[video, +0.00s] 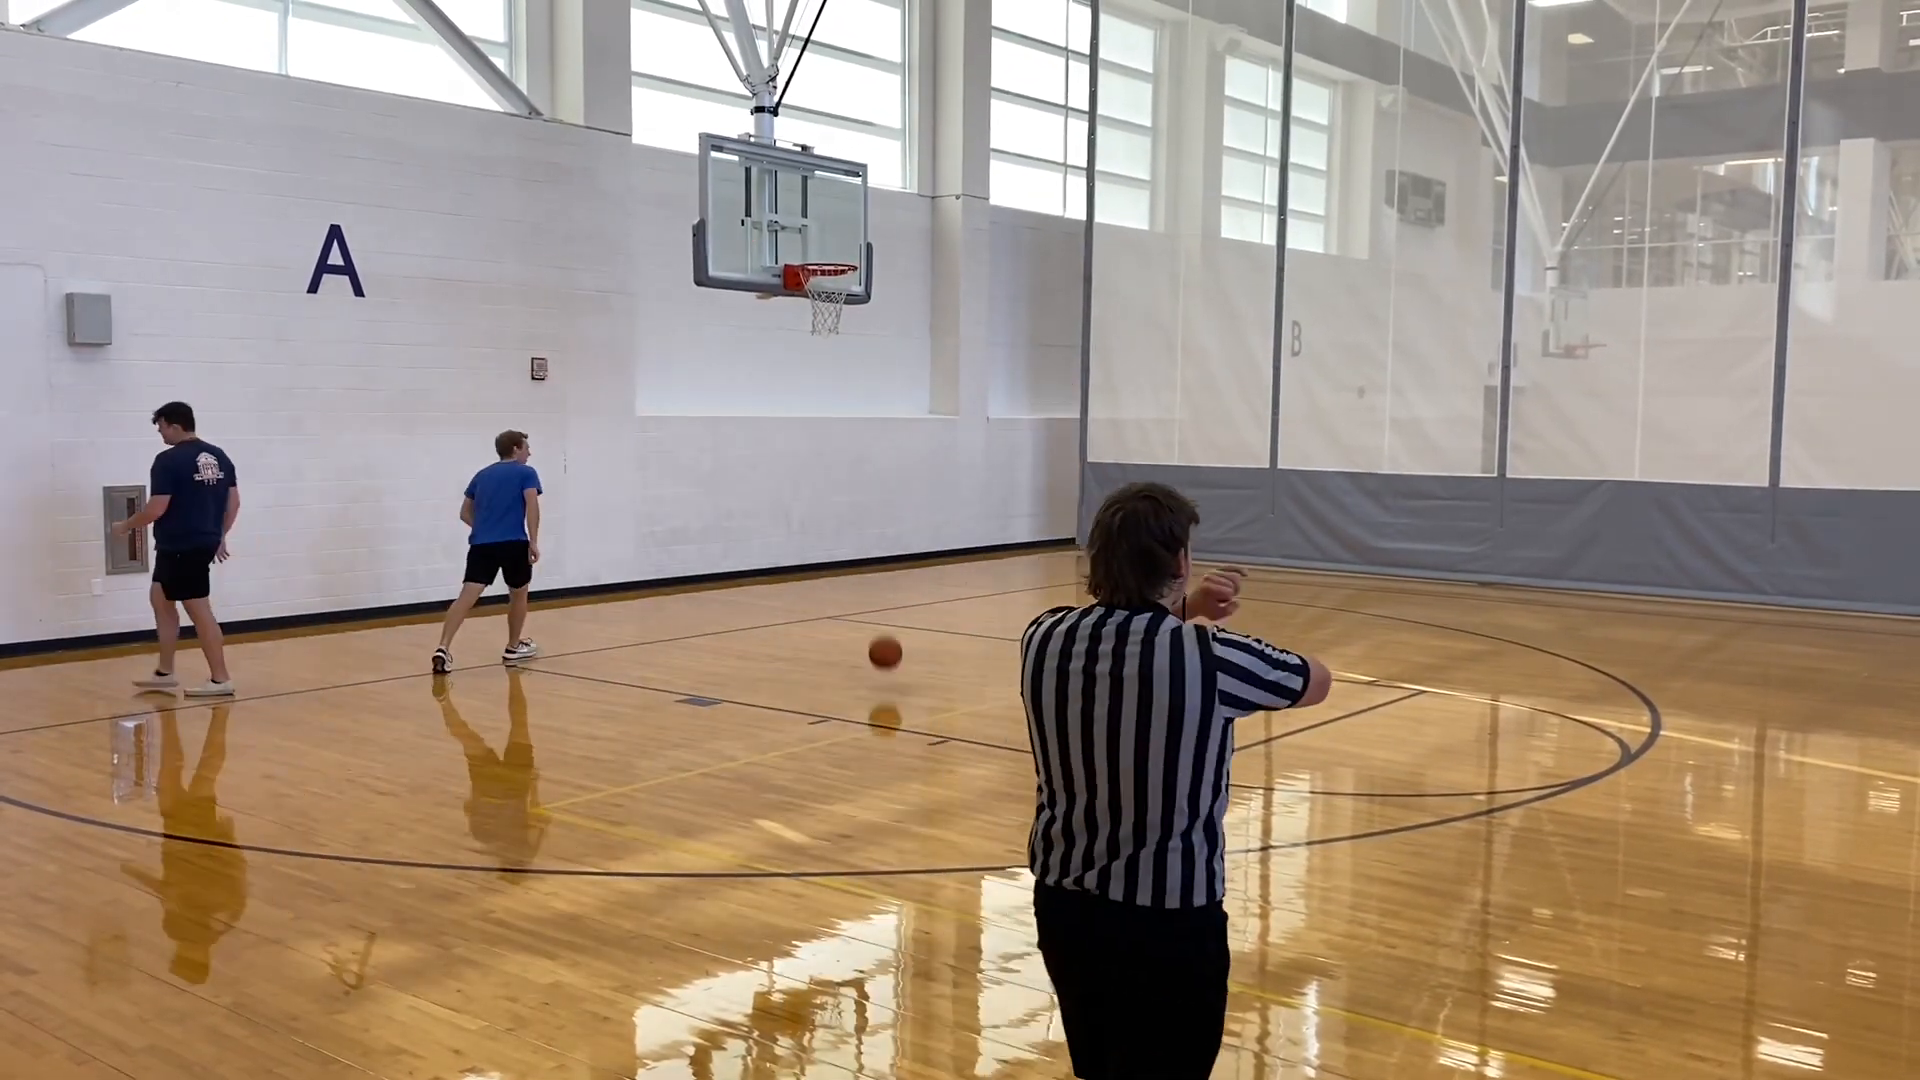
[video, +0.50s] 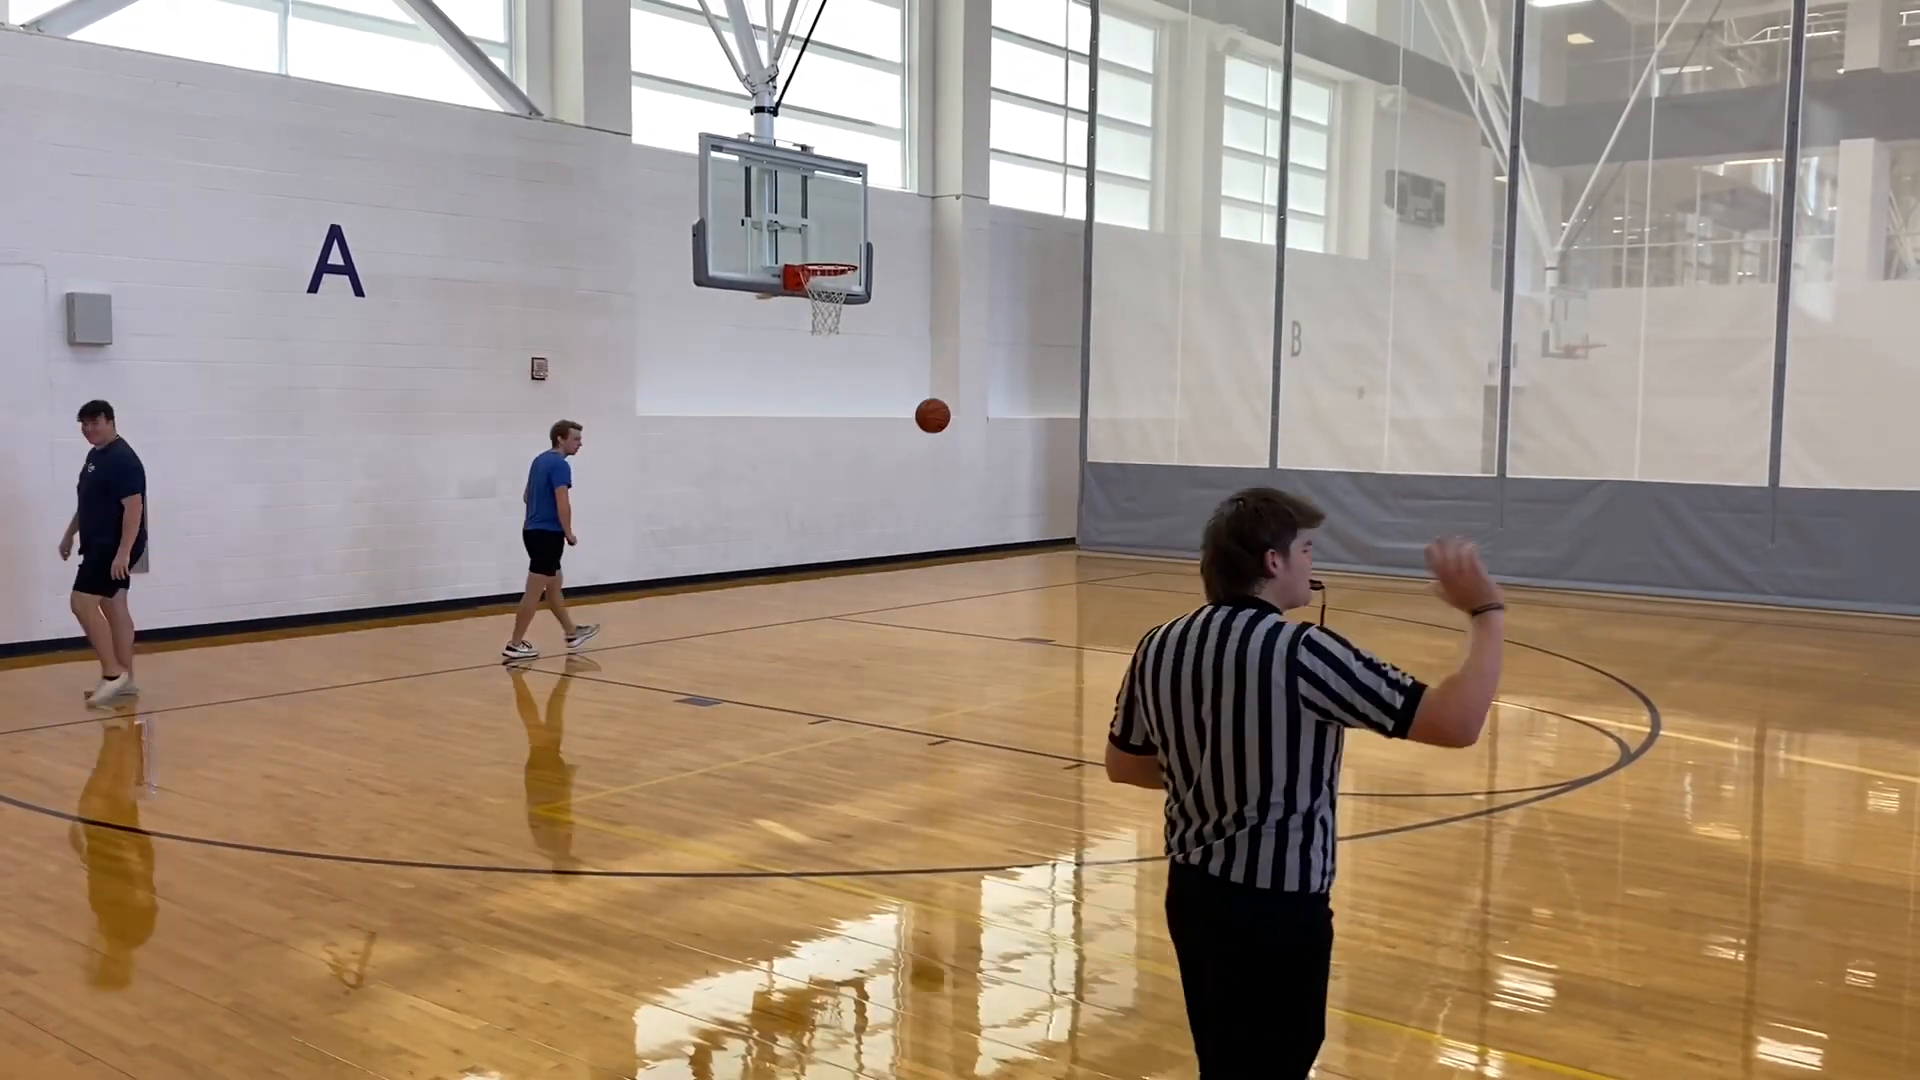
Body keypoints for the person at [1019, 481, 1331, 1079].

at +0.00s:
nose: (1192, 562)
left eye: (1190, 549)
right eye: (1190, 551)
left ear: (1100, 558)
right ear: (1178, 562)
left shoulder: (1042, 638)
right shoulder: (1204, 653)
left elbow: (1114, 638)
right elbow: (1316, 682)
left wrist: (1185, 608)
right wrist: (1233, 643)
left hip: (1065, 913)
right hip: (1173, 918)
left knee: (1098, 1066)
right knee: (1175, 1068)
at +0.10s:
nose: (1209, 566)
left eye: (1205, 550)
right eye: (1208, 553)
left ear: (1118, 560)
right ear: (1197, 564)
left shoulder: (1062, 639)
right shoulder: (1223, 655)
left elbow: (1137, 652)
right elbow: (1324, 689)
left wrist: (1216, 631)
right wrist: (1251, 643)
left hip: (1085, 906)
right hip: (1190, 913)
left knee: (1119, 1062)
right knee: (1194, 1062)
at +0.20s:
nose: (1230, 566)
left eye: (1227, 551)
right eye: (1228, 551)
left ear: (1140, 559)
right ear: (1215, 561)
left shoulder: (1081, 642)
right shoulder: (1245, 655)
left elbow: (1151, 667)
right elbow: (1349, 708)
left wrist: (1229, 637)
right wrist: (1269, 654)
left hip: (1107, 903)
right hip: (1210, 910)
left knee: (1144, 1057)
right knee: (1216, 1056)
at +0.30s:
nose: (1256, 569)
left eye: (1253, 552)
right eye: (1251, 553)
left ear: (1166, 560)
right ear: (1229, 563)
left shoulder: (1103, 646)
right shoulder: (1264, 660)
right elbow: (1388, 736)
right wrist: (1314, 649)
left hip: (1131, 902)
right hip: (1229, 910)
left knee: (1169, 1060)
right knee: (1233, 1059)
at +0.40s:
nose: (1283, 570)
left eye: (1278, 554)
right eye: (1275, 554)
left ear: (1194, 564)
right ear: (1248, 565)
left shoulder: (1131, 648)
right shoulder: (1284, 660)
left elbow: (1110, 757)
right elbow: (1430, 742)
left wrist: (1186, 750)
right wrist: (1402, 636)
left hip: (1161, 902)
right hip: (1254, 910)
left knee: (1191, 1060)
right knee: (1255, 1059)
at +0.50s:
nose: (1312, 566)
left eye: (1310, 551)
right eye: (1306, 552)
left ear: (1224, 560)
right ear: (1273, 560)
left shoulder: (1160, 645)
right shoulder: (1300, 651)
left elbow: (1126, 761)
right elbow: (1457, 721)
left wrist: (1210, 773)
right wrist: (1487, 611)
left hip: (1192, 895)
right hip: (1281, 904)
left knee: (1220, 1059)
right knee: (1280, 1058)